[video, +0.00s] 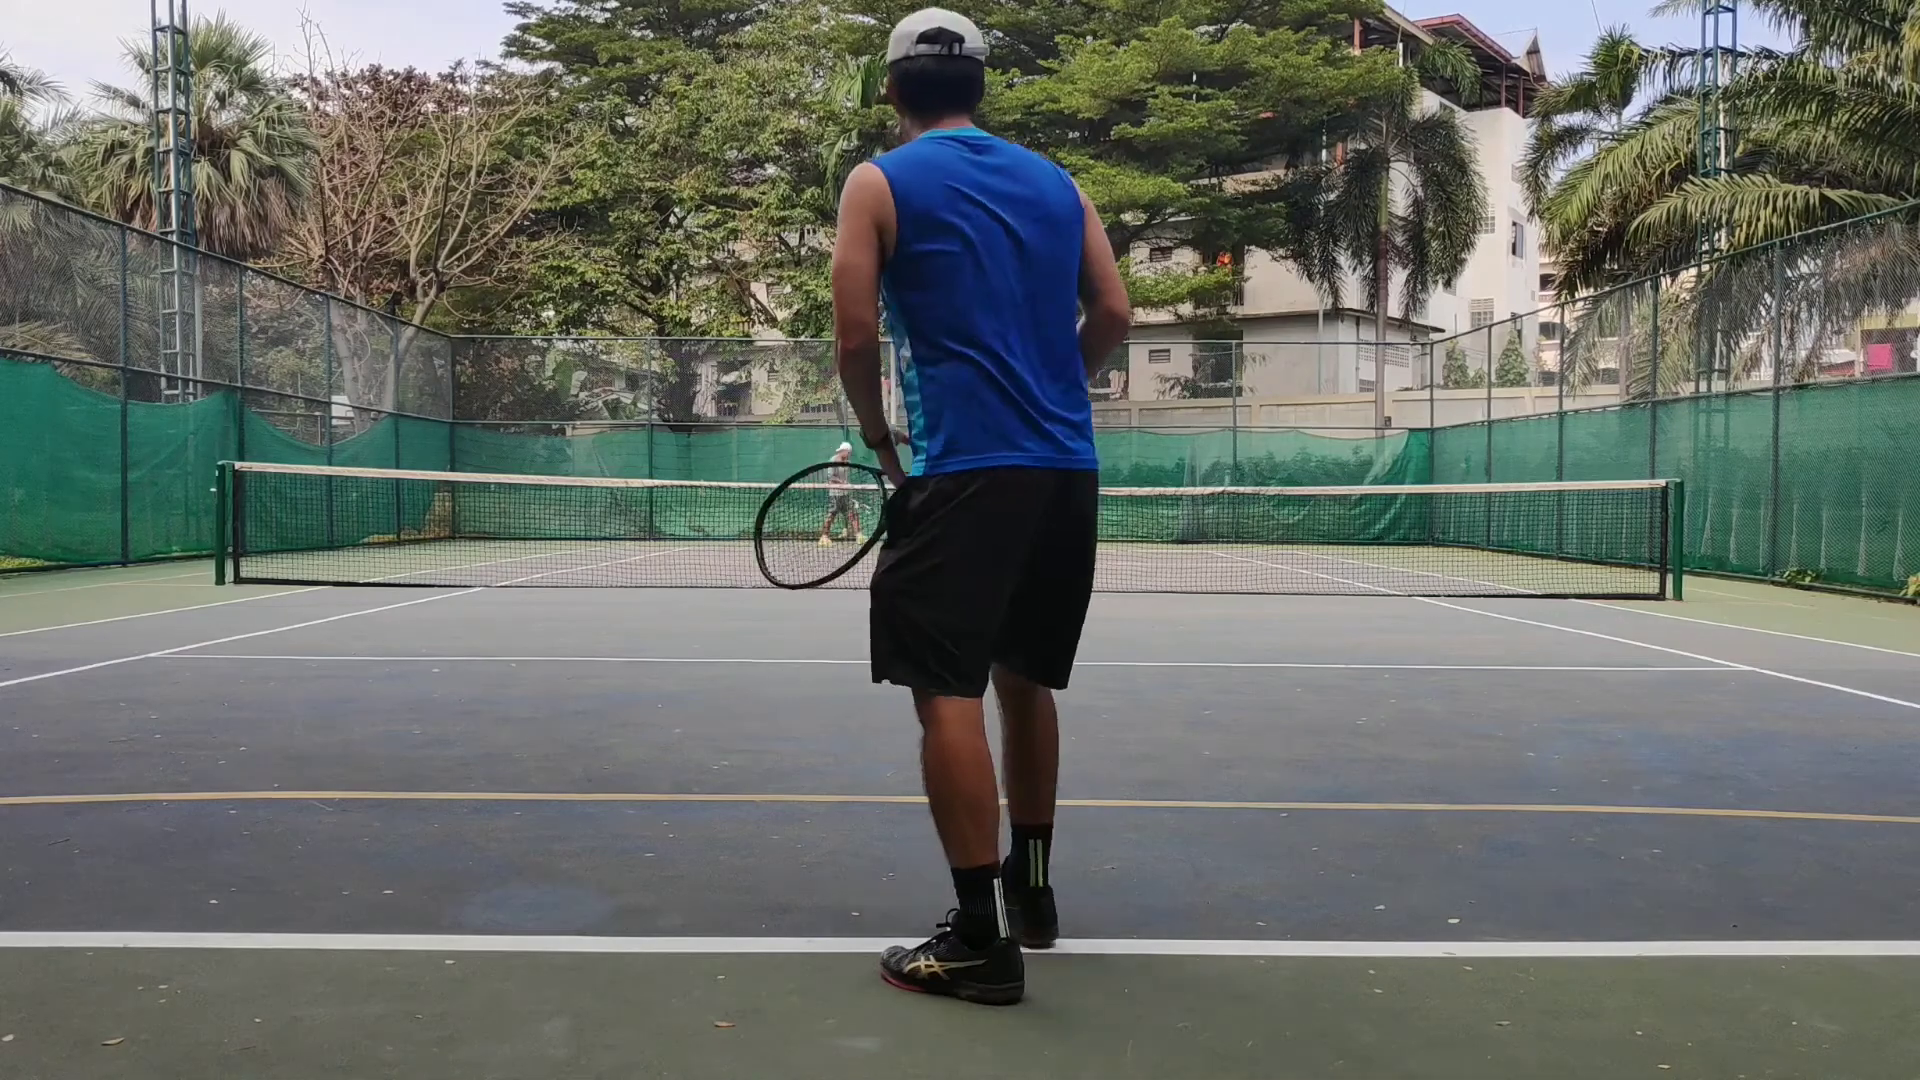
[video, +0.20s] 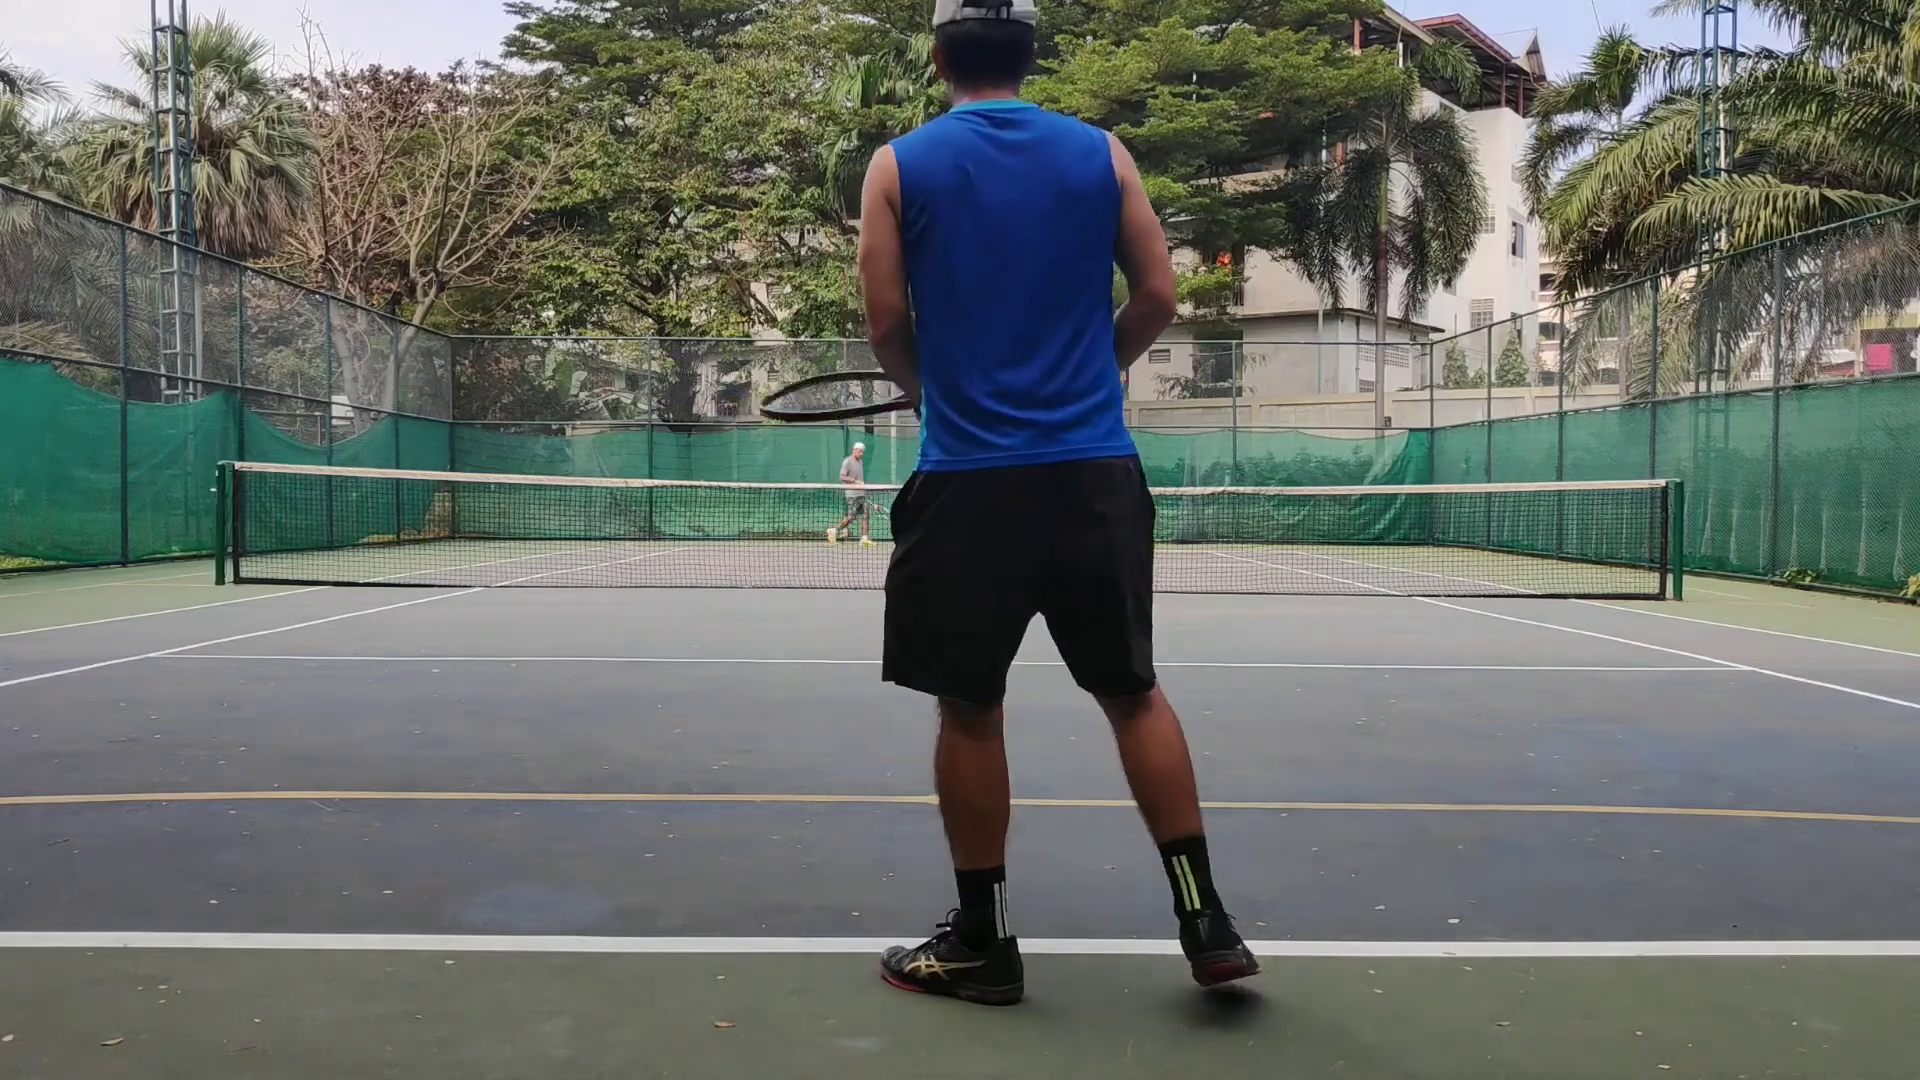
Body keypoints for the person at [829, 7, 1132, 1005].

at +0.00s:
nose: (886, 113)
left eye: (885, 101)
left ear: (896, 100)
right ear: (981, 97)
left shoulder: (881, 180)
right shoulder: (1058, 183)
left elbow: (853, 335)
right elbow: (1112, 315)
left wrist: (878, 436)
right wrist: (1059, 381)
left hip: (963, 481)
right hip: (1068, 480)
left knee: (947, 692)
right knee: (1027, 680)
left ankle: (979, 938)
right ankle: (1029, 887)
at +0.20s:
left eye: (946, 53)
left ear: (940, 64)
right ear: (1027, 61)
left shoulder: (898, 165)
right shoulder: (1102, 153)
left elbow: (886, 322)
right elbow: (1156, 296)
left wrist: (930, 383)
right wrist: (1094, 368)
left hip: (971, 495)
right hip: (1099, 487)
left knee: (969, 710)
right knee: (1134, 691)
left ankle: (980, 940)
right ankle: (1204, 920)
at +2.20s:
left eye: (1131, 40)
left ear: (1127, 57)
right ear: (1238, 66)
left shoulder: (1052, 177)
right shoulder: (1282, 165)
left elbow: (988, 383)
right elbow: (1296, 374)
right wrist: (1229, 480)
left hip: (1034, 546)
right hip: (1191, 546)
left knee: (1053, 779)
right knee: (1340, 794)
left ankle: (910, 1039)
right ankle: (1340, 1064)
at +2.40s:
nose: (1253, 49)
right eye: (1255, 35)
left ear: (1134, 32)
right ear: (1243, 36)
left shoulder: (1095, 130)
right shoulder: (1199, 115)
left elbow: (1148, 358)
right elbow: (1225, 329)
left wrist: (1315, 376)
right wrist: (1318, 459)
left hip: (975, 507)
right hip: (1082, 506)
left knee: (1049, 782)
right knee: (1296, 765)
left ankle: (906, 1050)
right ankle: (1313, 1069)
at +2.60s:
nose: (1329, 50)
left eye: (1323, 31)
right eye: (1326, 36)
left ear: (1201, 35)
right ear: (1310, 46)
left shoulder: (1191, 134)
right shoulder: (1213, 102)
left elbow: (1344, 332)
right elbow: (1189, 266)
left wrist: (1516, 361)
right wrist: (1426, 285)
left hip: (1005, 516)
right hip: (1086, 518)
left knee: (1080, 784)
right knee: (1313, 807)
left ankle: (886, 1027)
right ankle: (1294, 1076)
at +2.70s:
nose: (1360, 85)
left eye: (1360, 67)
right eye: (1364, 63)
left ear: (1240, 46)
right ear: (1344, 64)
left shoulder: (1258, 200)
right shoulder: (1229, 116)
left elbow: (1397, 342)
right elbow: (1138, 272)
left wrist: (1570, 403)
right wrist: (1351, 288)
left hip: (1031, 541)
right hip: (1110, 544)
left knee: (1113, 795)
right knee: (1352, 821)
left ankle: (878, 1011)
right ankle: (1302, 1072)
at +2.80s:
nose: (1397, 77)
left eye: (1391, 60)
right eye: (1402, 57)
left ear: (1275, 41)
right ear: (1391, 61)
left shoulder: (1293, 213)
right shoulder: (1241, 120)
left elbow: (1420, 348)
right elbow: (1103, 279)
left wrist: (1590, 449)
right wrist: (1290, 341)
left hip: (1064, 555)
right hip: (1129, 557)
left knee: (1130, 815)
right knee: (1372, 829)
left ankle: (888, 1013)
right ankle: (1305, 1074)